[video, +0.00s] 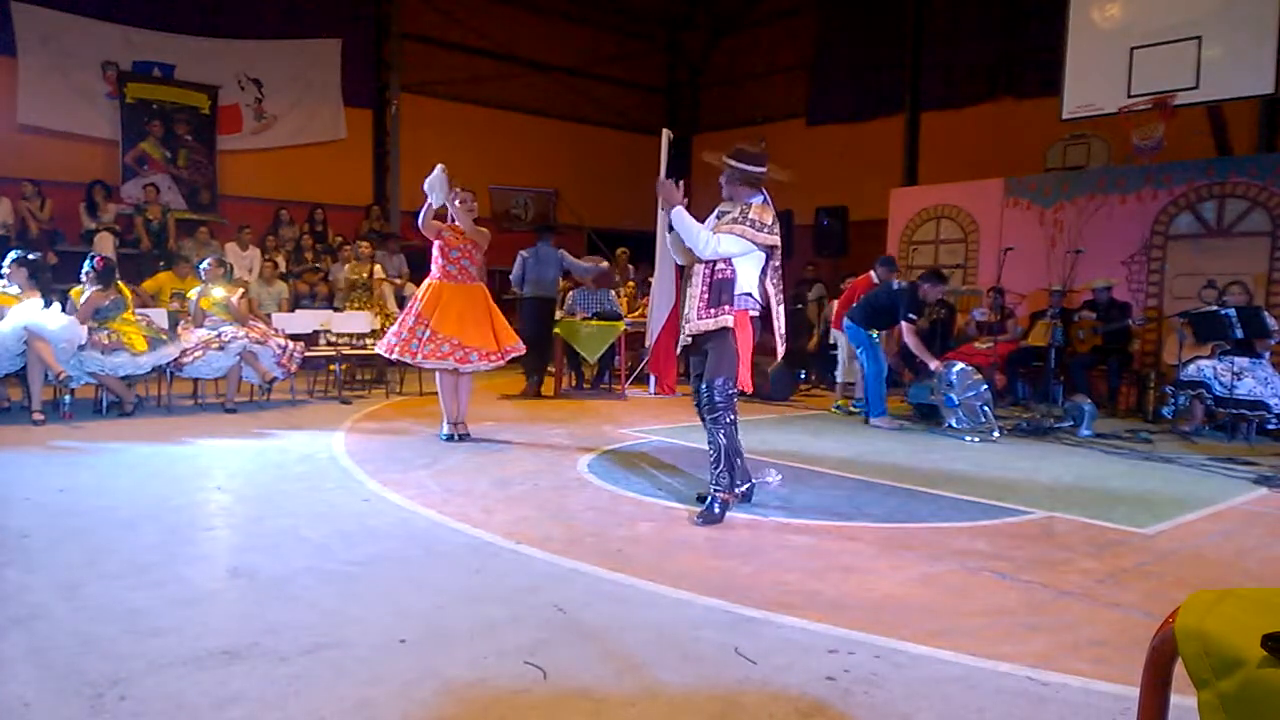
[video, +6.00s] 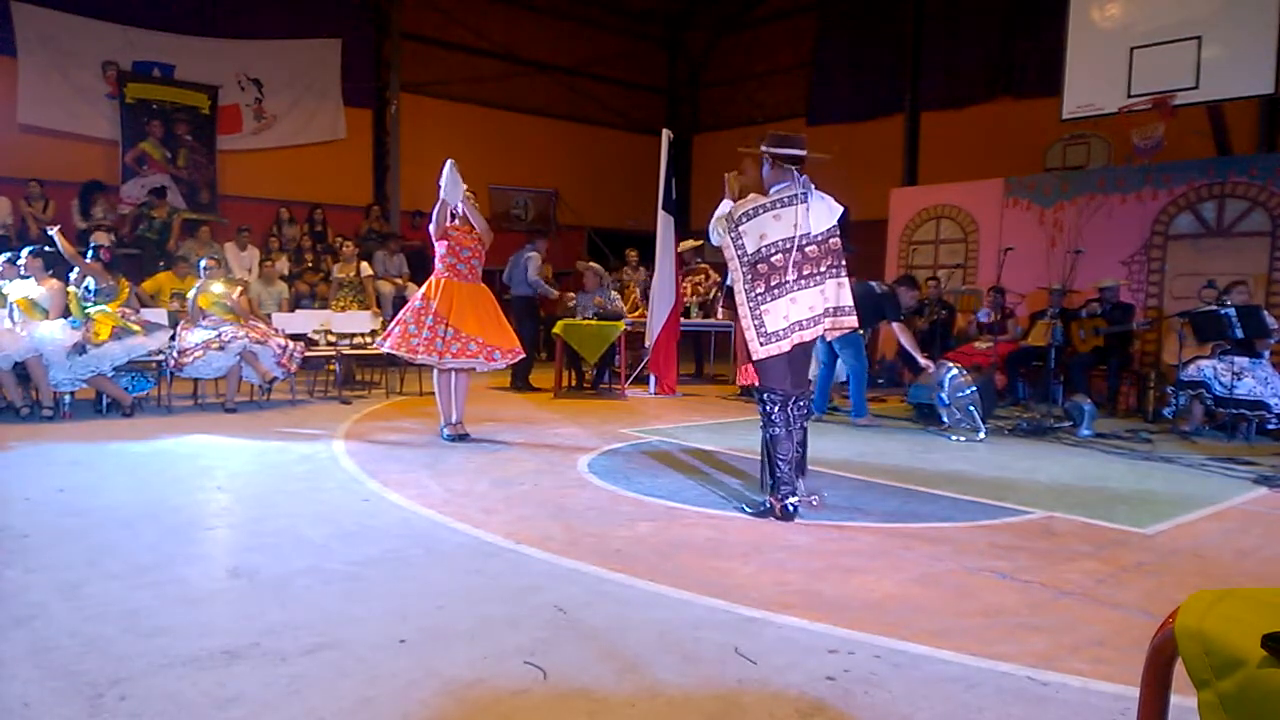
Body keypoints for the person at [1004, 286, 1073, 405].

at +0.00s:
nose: (1055, 300)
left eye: (1058, 296)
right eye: (1053, 296)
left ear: (1063, 297)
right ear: (1049, 297)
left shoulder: (1068, 314)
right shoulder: (1036, 315)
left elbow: (1068, 340)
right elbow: (1028, 335)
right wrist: (1024, 342)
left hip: (1055, 349)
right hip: (1035, 348)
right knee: (1012, 358)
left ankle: (1042, 398)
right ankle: (1012, 395)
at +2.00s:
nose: (1056, 299)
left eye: (1059, 296)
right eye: (1053, 295)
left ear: (1063, 297)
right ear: (1049, 296)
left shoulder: (1068, 314)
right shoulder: (1037, 315)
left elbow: (1068, 338)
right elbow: (1029, 334)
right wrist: (1024, 341)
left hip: (1056, 348)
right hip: (1036, 348)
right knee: (1012, 358)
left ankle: (1042, 398)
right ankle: (1012, 395)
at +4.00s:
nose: (1055, 299)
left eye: (1059, 296)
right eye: (1053, 296)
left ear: (1063, 298)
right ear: (1049, 297)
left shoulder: (1067, 315)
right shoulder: (1036, 315)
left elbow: (1067, 339)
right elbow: (1028, 334)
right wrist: (1024, 341)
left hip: (1055, 348)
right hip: (1035, 347)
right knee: (1012, 359)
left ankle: (1042, 398)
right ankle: (1013, 395)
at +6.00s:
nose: (1055, 299)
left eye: (1058, 295)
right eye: (1053, 295)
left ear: (1063, 297)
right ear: (1049, 296)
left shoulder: (1067, 314)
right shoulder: (1036, 315)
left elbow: (1068, 340)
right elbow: (1028, 336)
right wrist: (1024, 342)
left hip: (1056, 348)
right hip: (1036, 348)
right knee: (1012, 358)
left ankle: (1043, 398)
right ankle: (1013, 395)